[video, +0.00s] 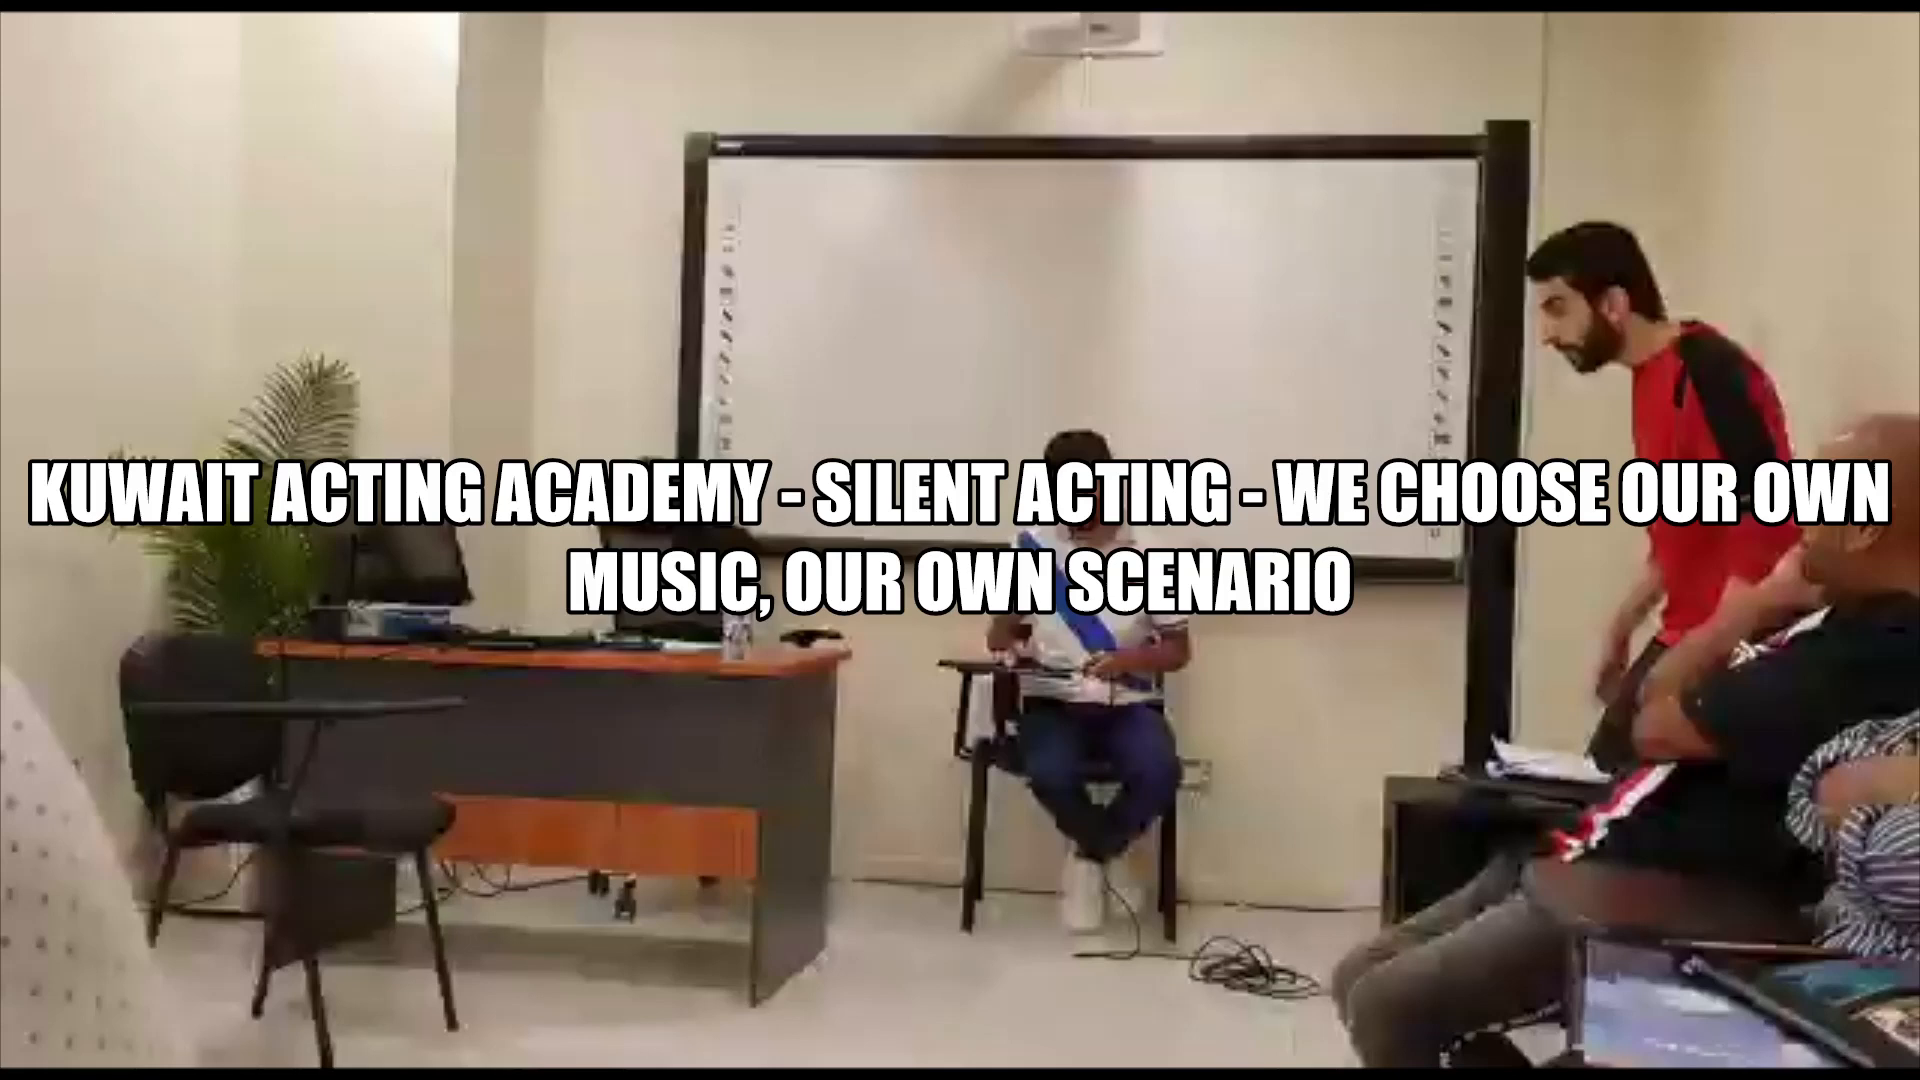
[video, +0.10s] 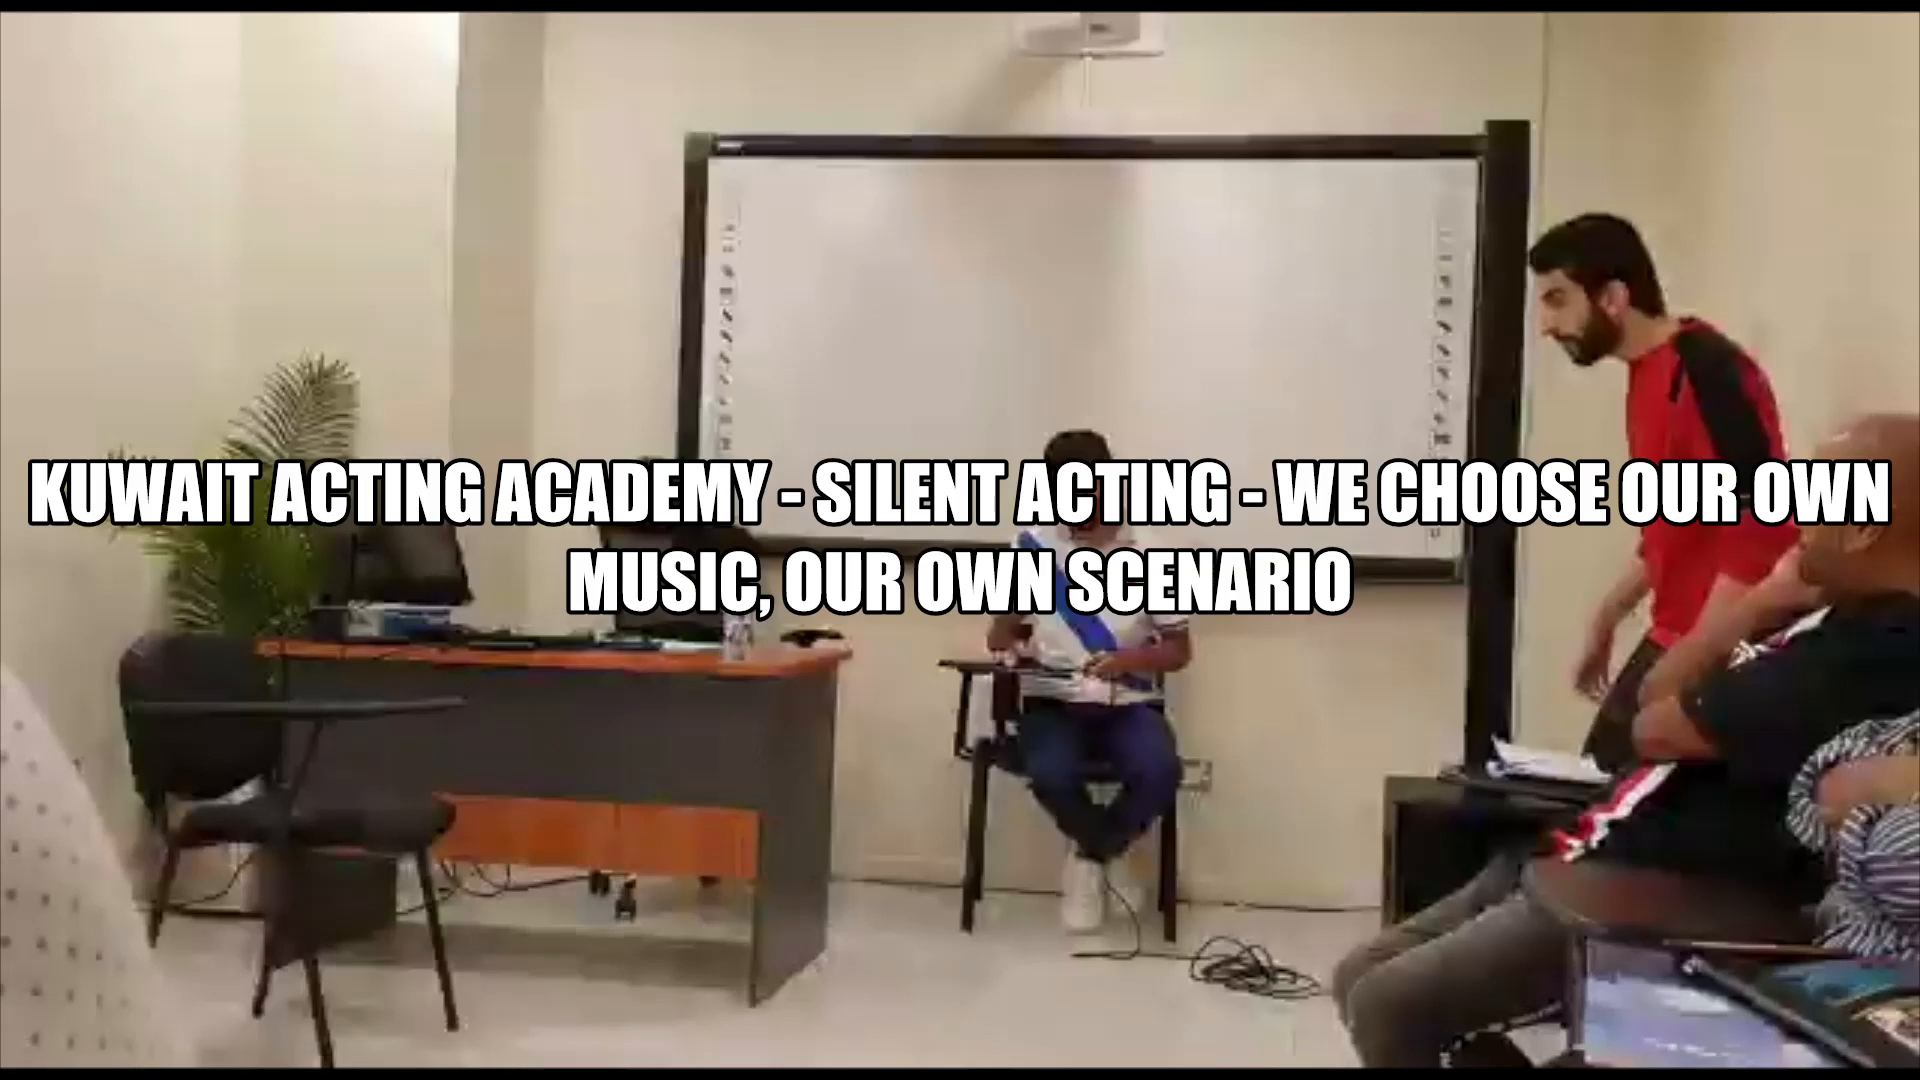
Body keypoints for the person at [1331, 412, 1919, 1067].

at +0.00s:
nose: (1811, 528)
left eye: (1836, 504)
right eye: (1820, 501)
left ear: (1886, 531)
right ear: (1876, 533)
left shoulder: (1877, 648)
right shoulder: (1837, 623)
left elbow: (1656, 726)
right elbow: (1634, 710)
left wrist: (1760, 605)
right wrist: (1756, 607)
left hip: (1631, 897)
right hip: (1585, 855)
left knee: (1386, 1007)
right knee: (1360, 974)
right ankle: (1505, 1061)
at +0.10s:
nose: (1806, 527)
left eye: (1829, 503)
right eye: (1813, 501)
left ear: (1880, 530)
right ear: (1873, 533)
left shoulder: (1874, 649)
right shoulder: (1836, 623)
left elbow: (1655, 725)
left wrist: (1758, 605)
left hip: (1624, 898)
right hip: (1580, 856)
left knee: (1385, 1007)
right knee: (1360, 974)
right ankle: (1505, 1060)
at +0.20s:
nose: (1795, 526)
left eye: (1816, 505)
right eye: (1800, 503)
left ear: (1874, 529)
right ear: (1870, 533)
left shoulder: (1872, 648)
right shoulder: (1838, 621)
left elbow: (1653, 723)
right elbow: (1657, 711)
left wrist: (1764, 602)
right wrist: (1772, 603)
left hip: (1627, 899)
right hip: (1582, 856)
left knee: (1386, 1009)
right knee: (1361, 975)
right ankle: (1506, 1061)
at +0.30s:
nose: (1792, 531)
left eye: (1811, 511)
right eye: (1796, 510)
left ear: (1871, 530)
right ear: (1869, 533)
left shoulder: (1874, 648)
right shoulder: (1836, 623)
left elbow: (1653, 729)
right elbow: (1649, 694)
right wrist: (1780, 598)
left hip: (1631, 901)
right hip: (1582, 859)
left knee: (1386, 1010)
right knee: (1360, 978)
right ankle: (1506, 1062)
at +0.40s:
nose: (1792, 533)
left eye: (1810, 512)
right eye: (1797, 510)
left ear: (1870, 528)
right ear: (1869, 530)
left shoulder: (1873, 649)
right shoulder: (1834, 624)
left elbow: (1646, 729)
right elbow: (1635, 705)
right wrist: (1772, 605)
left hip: (1624, 904)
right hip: (1575, 863)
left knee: (1386, 1010)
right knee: (1359, 978)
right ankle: (1503, 1062)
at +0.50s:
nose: (1791, 537)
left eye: (1808, 515)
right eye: (1795, 513)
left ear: (1869, 529)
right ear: (1868, 531)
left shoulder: (1875, 647)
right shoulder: (1839, 623)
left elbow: (1649, 729)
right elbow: (1655, 692)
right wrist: (1772, 603)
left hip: (1625, 902)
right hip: (1578, 861)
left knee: (1386, 1010)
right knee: (1360, 978)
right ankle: (1505, 1063)